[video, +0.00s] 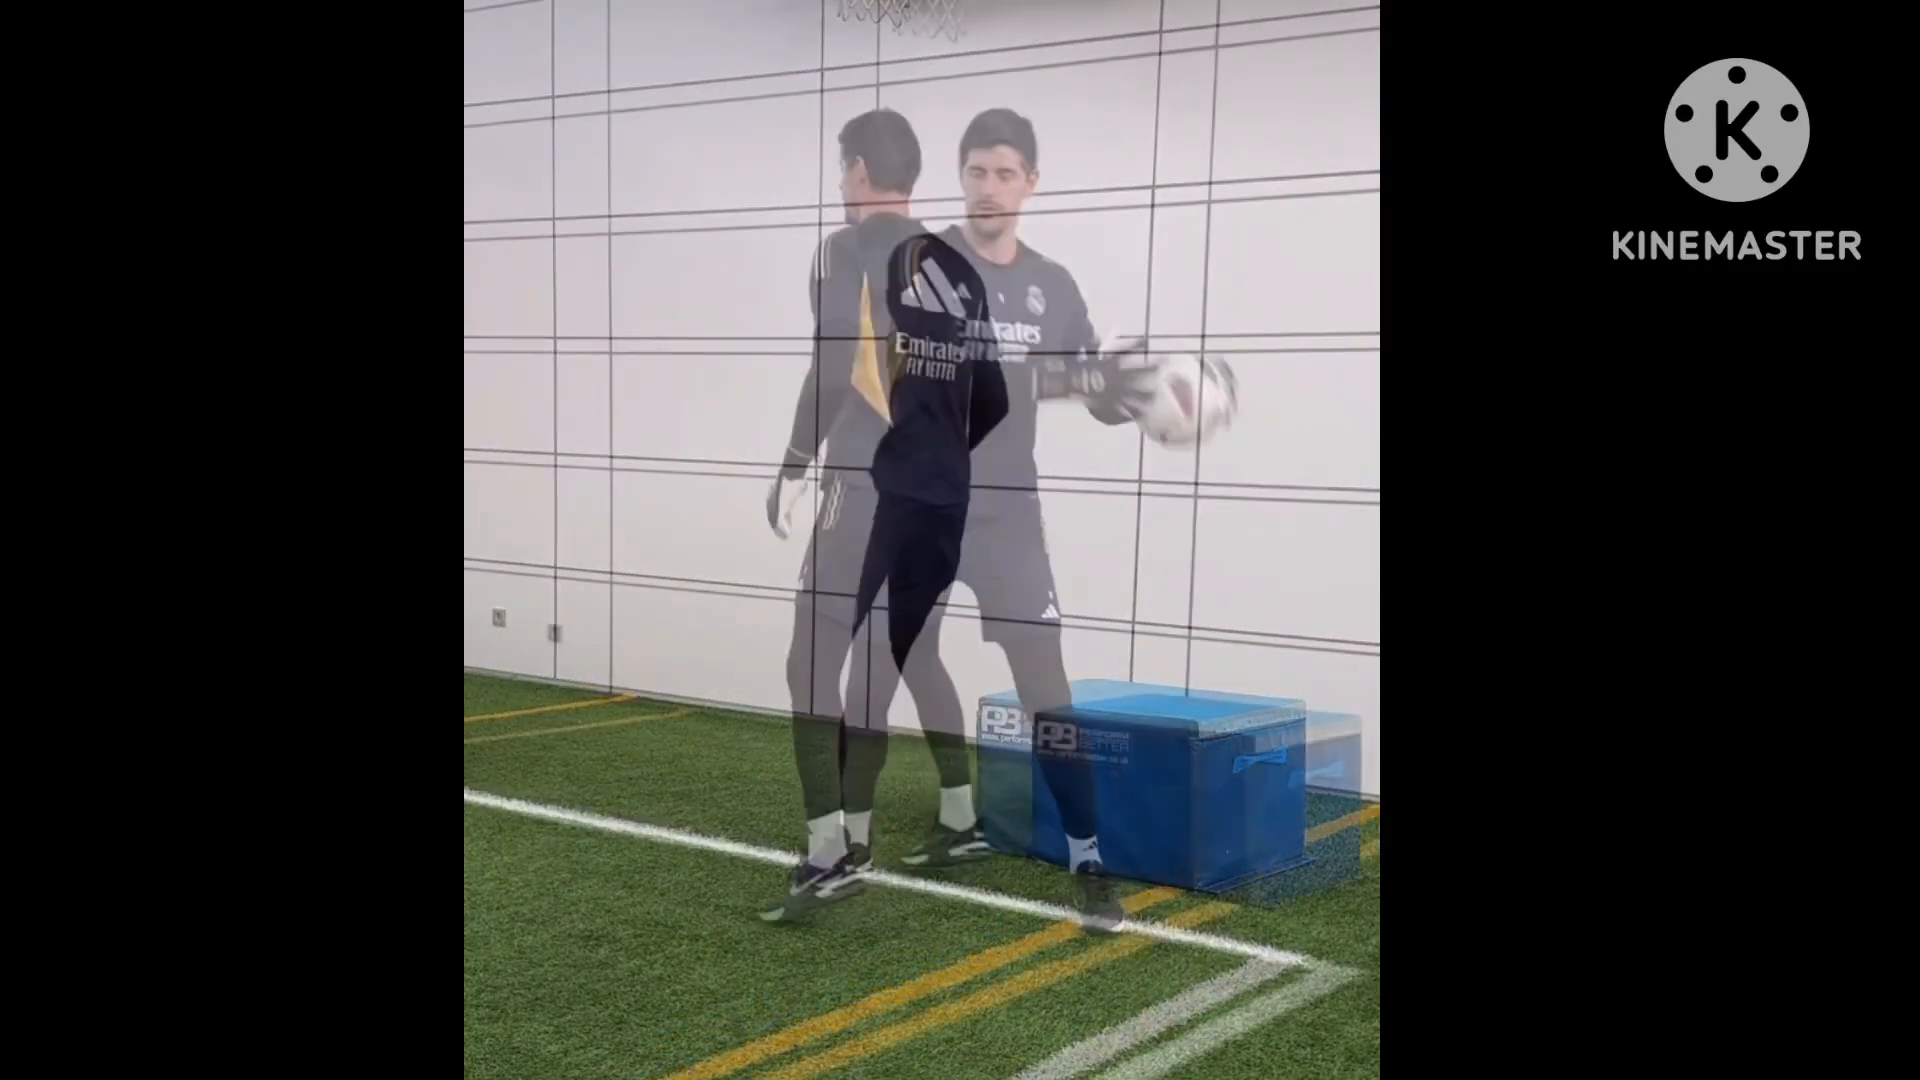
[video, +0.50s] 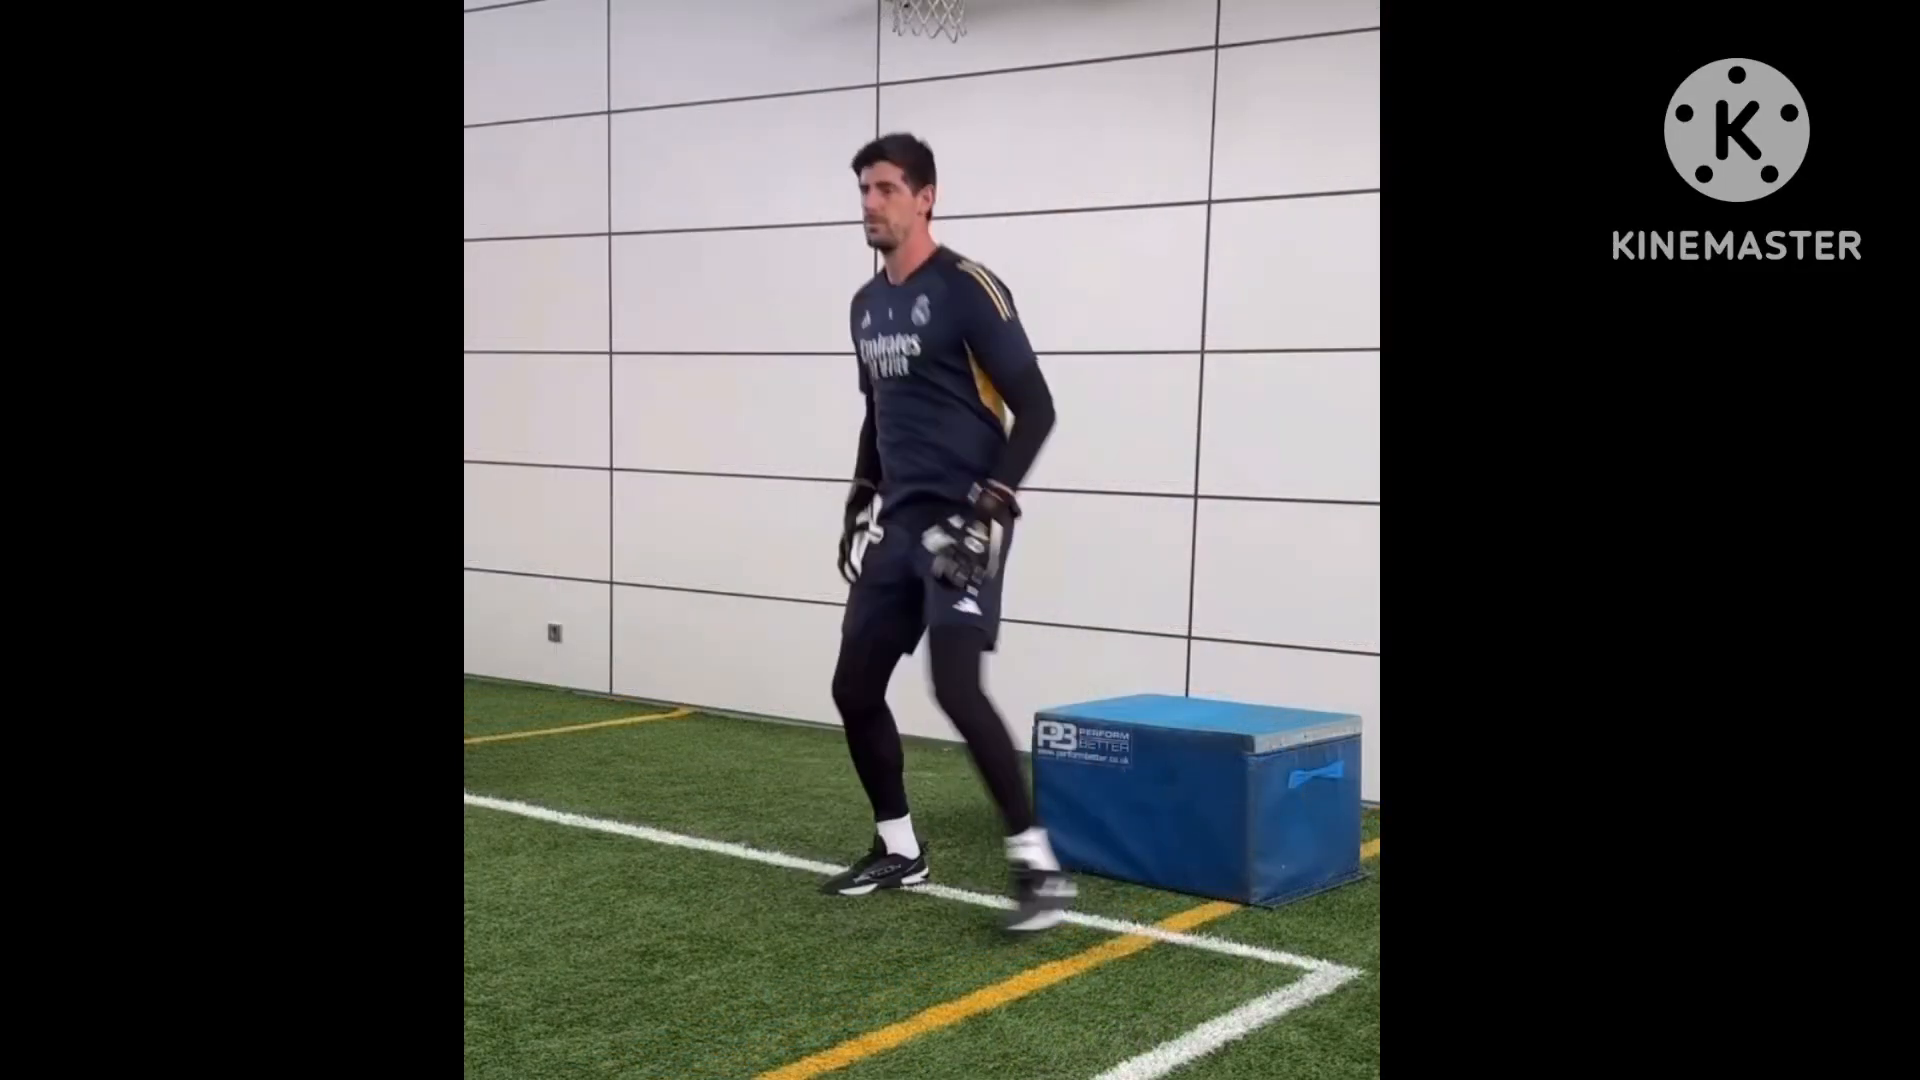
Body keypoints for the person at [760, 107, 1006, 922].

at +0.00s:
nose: (841, 182)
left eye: (843, 169)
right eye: (846, 169)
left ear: (861, 172)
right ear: (914, 176)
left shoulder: (844, 250)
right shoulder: (956, 264)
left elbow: (834, 369)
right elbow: (995, 395)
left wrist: (796, 462)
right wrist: (937, 451)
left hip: (868, 486)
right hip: (942, 492)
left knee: (812, 657)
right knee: (914, 649)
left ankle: (831, 847)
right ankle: (960, 822)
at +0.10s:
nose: (845, 208)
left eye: (850, 196)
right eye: (850, 196)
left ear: (868, 199)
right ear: (915, 202)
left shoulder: (844, 275)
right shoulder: (957, 289)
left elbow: (830, 392)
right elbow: (996, 416)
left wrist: (793, 494)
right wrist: (934, 464)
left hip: (865, 507)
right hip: (944, 513)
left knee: (804, 679)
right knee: (918, 664)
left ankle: (814, 871)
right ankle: (980, 835)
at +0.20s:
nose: (837, 213)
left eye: (847, 201)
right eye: (840, 201)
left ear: (882, 209)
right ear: (899, 213)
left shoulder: (873, 284)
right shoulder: (944, 294)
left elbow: (876, 406)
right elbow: (961, 421)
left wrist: (828, 500)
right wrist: (876, 492)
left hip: (895, 514)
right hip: (955, 519)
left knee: (811, 688)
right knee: (912, 674)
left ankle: (816, 884)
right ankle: (974, 848)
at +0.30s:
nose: (842, 179)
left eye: (856, 167)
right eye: (842, 167)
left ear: (900, 174)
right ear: (880, 179)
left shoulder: (919, 252)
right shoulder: (895, 257)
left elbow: (969, 365)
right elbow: (907, 382)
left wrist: (902, 441)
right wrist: (856, 450)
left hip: (923, 491)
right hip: (924, 488)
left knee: (849, 663)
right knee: (901, 664)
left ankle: (830, 864)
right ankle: (965, 837)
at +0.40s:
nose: (856, 174)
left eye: (871, 160)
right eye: (852, 161)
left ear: (913, 169)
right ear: (861, 173)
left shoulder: (950, 252)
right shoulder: (874, 268)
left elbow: (1008, 374)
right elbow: (895, 382)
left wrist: (943, 463)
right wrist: (855, 456)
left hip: (955, 481)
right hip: (903, 479)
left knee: (885, 659)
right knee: (875, 666)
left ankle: (919, 855)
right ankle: (920, 841)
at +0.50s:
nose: (869, 203)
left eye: (884, 189)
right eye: (863, 190)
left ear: (925, 198)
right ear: (862, 202)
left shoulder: (969, 287)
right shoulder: (867, 305)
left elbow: (1038, 411)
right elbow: (880, 413)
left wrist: (986, 510)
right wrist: (859, 503)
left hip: (965, 519)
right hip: (898, 522)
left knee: (957, 686)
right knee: (855, 686)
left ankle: (1040, 867)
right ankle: (899, 852)